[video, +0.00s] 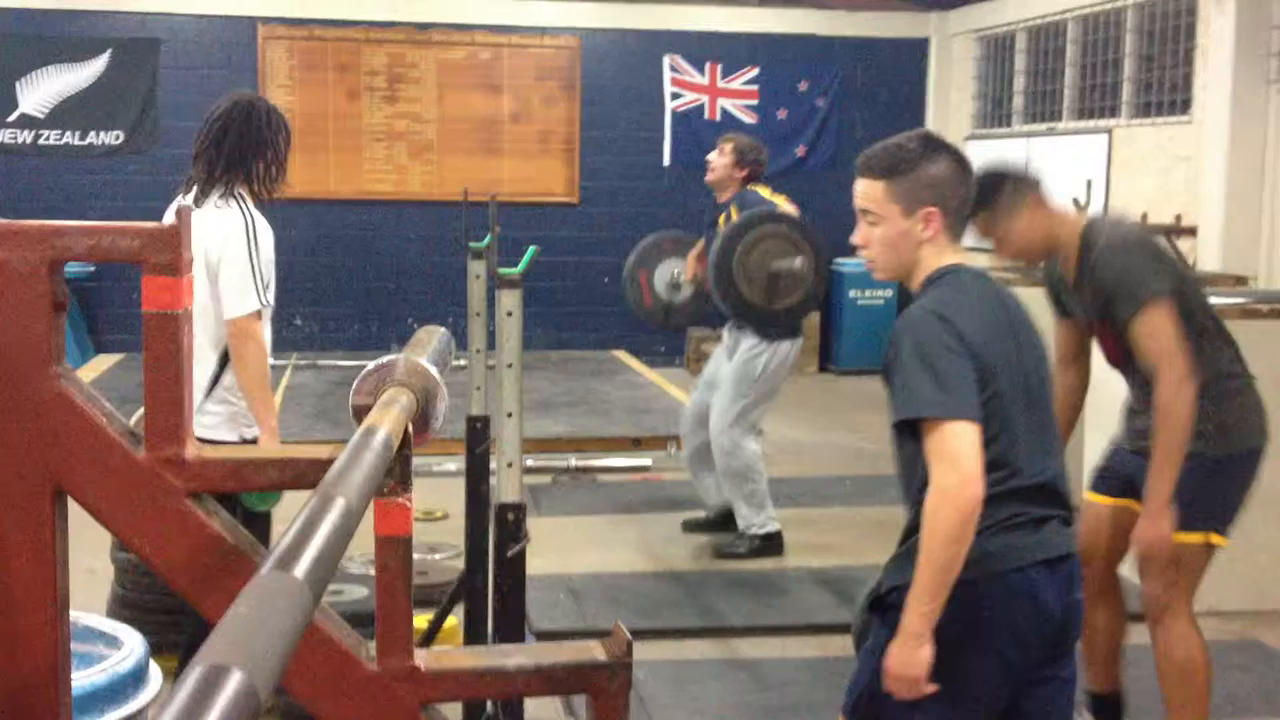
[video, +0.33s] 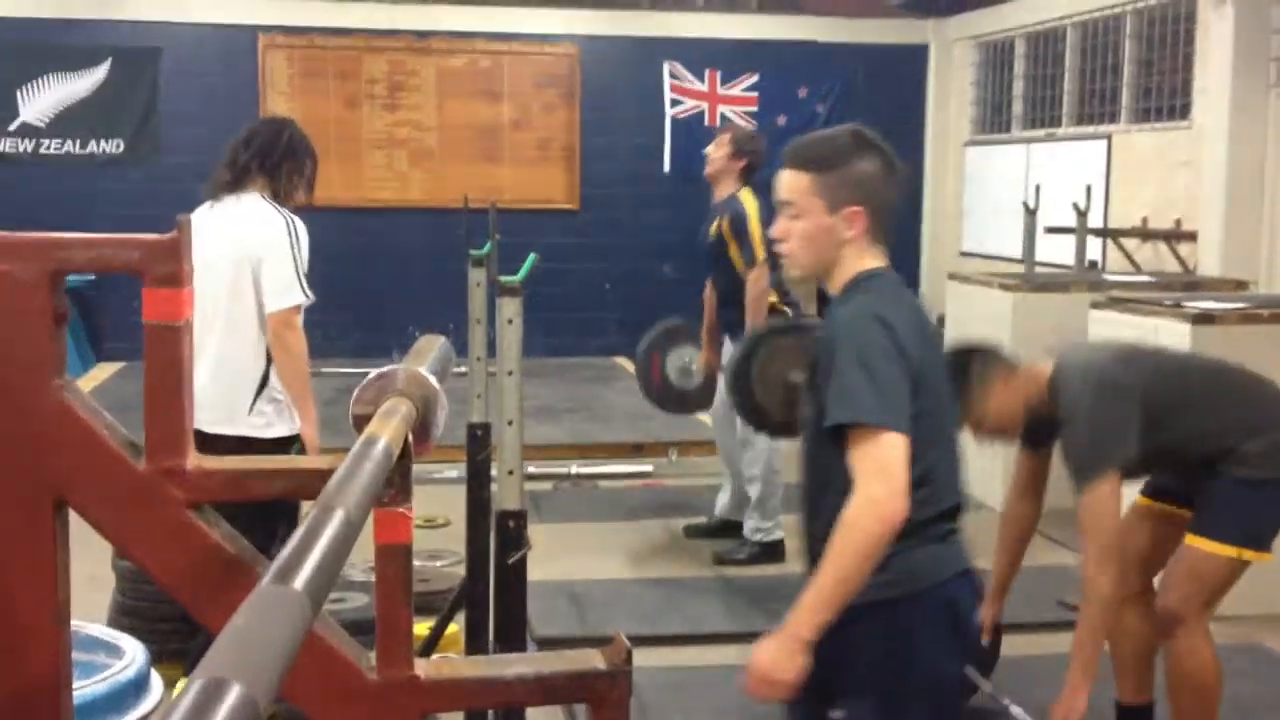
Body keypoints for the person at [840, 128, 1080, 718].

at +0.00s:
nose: (856, 239)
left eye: (869, 220)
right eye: (858, 219)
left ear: (926, 223)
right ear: (931, 225)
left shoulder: (927, 322)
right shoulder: (1000, 302)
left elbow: (957, 485)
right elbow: (1029, 453)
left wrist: (914, 630)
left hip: (980, 591)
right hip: (1050, 575)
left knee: (880, 704)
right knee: (1042, 707)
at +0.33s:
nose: (776, 231)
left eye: (793, 213)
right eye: (779, 213)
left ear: (852, 223)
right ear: (849, 225)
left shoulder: (861, 321)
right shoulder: (889, 306)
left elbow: (882, 498)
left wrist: (794, 636)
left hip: (894, 612)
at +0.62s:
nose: (708, 228)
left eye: (724, 209)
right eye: (711, 208)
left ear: (782, 217)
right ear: (784, 220)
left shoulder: (795, 328)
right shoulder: (825, 306)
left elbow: (805, 509)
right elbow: (802, 478)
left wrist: (718, 659)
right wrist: (734, 566)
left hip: (808, 628)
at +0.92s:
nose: (656, 247)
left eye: (678, 229)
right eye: (658, 227)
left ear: (738, 235)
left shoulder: (758, 344)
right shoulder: (730, 331)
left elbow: (768, 527)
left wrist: (699, 677)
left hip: (738, 648)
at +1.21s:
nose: (590, 263)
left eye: (614, 243)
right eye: (582, 243)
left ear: (669, 254)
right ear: (572, 246)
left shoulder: (677, 361)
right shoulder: (621, 355)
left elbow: (703, 534)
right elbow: (622, 521)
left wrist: (643, 693)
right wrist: (584, 661)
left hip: (642, 680)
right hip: (597, 666)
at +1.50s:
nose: (439, 288)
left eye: (457, 264)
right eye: (433, 269)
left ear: (520, 258)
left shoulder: (558, 359)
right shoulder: (491, 359)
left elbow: (616, 525)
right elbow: (462, 499)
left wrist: (520, 658)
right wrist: (390, 618)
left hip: (540, 670)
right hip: (476, 655)